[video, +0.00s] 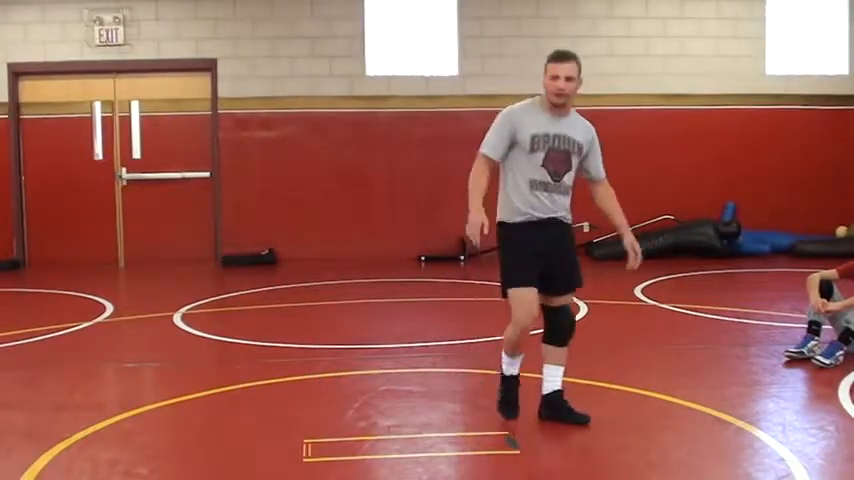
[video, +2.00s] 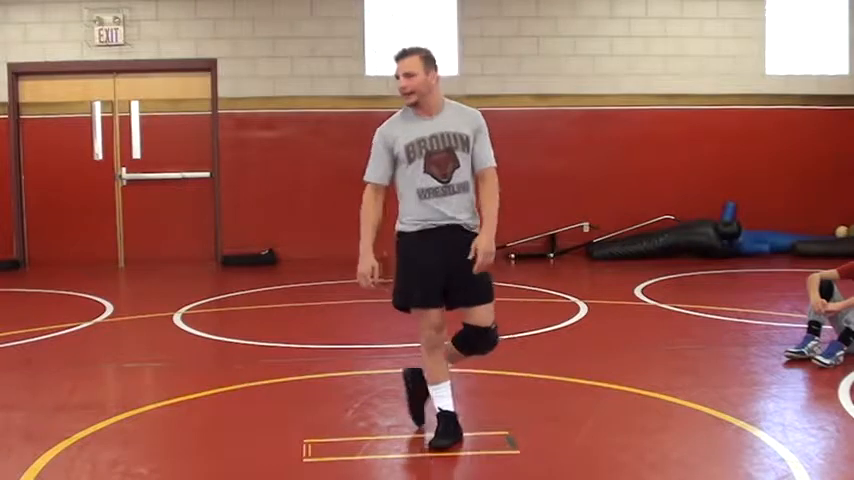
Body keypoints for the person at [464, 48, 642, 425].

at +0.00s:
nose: (561, 85)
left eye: (569, 79)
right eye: (554, 77)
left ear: (579, 85)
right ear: (543, 80)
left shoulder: (584, 131)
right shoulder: (514, 118)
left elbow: (600, 185)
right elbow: (483, 164)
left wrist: (625, 232)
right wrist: (475, 208)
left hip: (559, 229)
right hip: (516, 228)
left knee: (561, 320)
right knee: (524, 318)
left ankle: (552, 397)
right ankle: (510, 377)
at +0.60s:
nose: (569, 83)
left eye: (577, 76)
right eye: (562, 75)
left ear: (589, 82)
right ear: (554, 78)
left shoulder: (601, 137)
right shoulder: (523, 115)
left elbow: (596, 197)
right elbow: (496, 163)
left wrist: (568, 243)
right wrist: (477, 213)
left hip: (556, 230)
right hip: (510, 222)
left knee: (559, 320)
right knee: (502, 311)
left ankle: (551, 398)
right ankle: (493, 396)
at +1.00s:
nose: (522, 91)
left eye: (531, 84)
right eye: (518, 83)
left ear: (549, 86)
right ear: (511, 83)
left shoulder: (569, 134)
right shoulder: (487, 122)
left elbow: (576, 194)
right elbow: (462, 173)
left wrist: (560, 245)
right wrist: (450, 225)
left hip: (540, 237)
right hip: (488, 234)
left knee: (548, 323)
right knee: (472, 321)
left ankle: (550, 399)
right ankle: (455, 408)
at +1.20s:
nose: (474, 91)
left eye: (482, 84)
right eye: (469, 84)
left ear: (504, 85)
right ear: (465, 84)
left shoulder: (532, 127)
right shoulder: (450, 129)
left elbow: (552, 183)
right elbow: (433, 186)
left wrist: (562, 240)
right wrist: (436, 242)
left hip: (513, 240)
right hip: (463, 239)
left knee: (540, 323)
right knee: (455, 329)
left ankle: (547, 400)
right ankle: (450, 418)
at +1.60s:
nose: (415, 83)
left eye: (423, 75)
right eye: (414, 76)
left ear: (448, 78)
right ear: (419, 80)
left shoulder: (488, 118)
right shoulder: (405, 131)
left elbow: (511, 174)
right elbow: (402, 195)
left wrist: (524, 228)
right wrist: (423, 247)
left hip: (483, 234)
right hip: (435, 239)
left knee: (515, 323)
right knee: (440, 326)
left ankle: (518, 393)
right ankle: (448, 417)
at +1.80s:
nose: (407, 82)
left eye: (414, 74)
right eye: (404, 75)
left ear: (439, 76)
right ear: (404, 78)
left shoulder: (478, 118)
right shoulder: (396, 131)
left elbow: (501, 176)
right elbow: (386, 193)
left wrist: (513, 230)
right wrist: (391, 248)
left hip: (474, 234)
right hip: (424, 238)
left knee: (506, 329)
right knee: (438, 329)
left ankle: (477, 383)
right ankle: (447, 417)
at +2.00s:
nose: (403, 84)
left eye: (410, 75)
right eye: (399, 77)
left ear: (434, 76)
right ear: (397, 82)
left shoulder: (470, 119)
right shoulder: (389, 133)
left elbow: (487, 179)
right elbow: (374, 191)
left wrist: (488, 233)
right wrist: (366, 251)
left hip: (464, 234)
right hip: (417, 239)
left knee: (482, 335)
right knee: (433, 330)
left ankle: (422, 375)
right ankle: (447, 418)